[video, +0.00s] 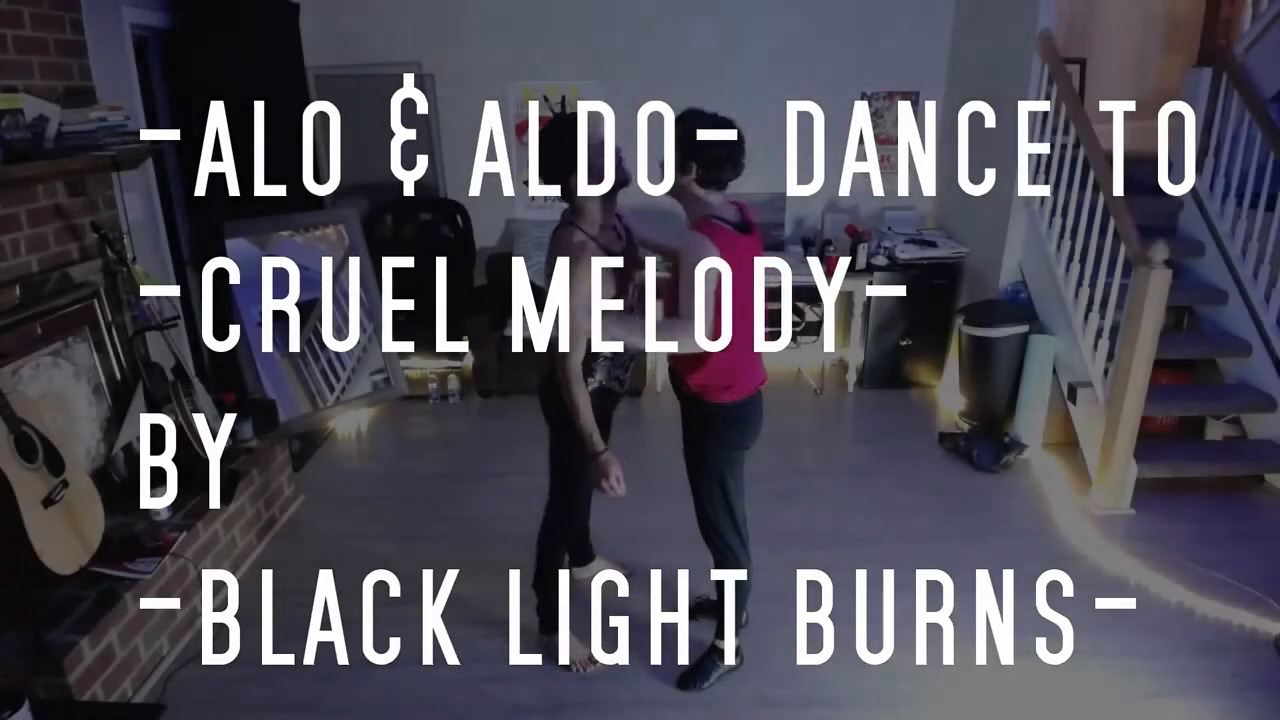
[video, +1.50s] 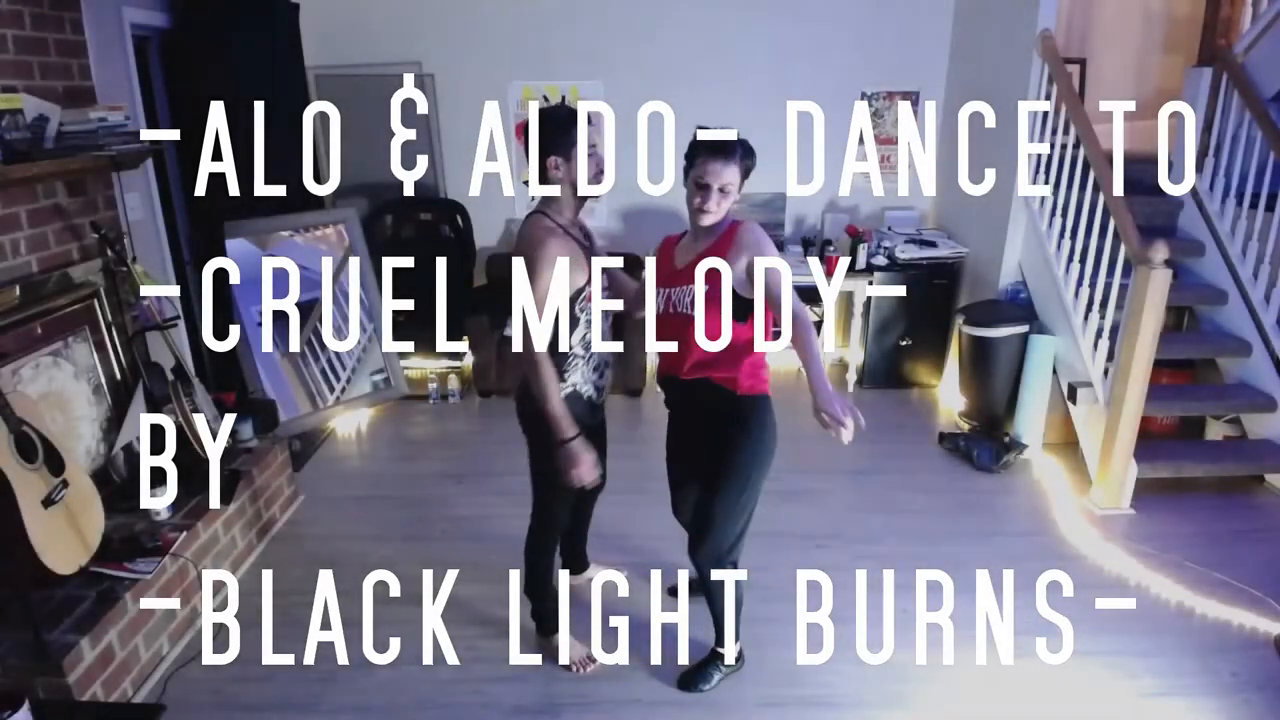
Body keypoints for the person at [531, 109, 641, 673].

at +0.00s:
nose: (623, 163)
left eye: (615, 154)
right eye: (613, 157)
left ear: (579, 174)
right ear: (599, 171)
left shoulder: (610, 220)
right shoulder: (573, 243)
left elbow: (634, 270)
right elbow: (565, 361)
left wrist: (670, 262)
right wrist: (596, 449)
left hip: (602, 378)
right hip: (573, 384)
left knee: (578, 488)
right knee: (566, 502)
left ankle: (584, 572)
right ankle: (553, 628)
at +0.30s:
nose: (619, 165)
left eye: (613, 153)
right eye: (607, 156)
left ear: (574, 173)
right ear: (585, 170)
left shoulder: (597, 227)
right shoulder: (563, 247)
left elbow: (629, 274)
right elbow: (556, 368)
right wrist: (589, 458)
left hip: (595, 392)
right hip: (565, 399)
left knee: (585, 498)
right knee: (565, 515)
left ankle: (585, 580)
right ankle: (553, 637)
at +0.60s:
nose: (612, 170)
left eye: (609, 157)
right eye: (599, 159)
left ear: (574, 172)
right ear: (568, 171)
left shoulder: (593, 228)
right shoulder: (547, 250)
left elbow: (623, 288)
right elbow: (537, 372)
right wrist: (569, 463)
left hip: (585, 397)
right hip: (545, 408)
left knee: (619, 492)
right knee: (552, 522)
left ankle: (574, 584)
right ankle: (551, 639)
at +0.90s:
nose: (605, 161)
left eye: (602, 148)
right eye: (591, 148)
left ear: (572, 161)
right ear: (557, 159)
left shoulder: (585, 231)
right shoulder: (535, 244)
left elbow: (611, 306)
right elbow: (516, 358)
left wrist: (657, 300)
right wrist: (537, 451)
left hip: (588, 400)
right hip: (555, 409)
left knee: (600, 499)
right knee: (564, 525)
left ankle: (554, 601)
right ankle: (553, 637)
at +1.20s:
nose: (599, 161)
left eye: (597, 149)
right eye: (584, 150)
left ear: (571, 163)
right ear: (548, 162)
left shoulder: (567, 229)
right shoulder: (535, 242)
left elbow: (584, 305)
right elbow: (514, 352)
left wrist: (636, 306)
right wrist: (525, 446)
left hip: (580, 393)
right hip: (551, 402)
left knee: (612, 469)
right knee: (556, 527)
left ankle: (565, 557)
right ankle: (553, 636)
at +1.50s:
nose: (603, 162)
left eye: (603, 150)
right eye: (590, 150)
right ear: (556, 165)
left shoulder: (576, 226)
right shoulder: (545, 237)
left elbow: (577, 300)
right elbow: (534, 345)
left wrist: (618, 295)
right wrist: (568, 437)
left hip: (583, 388)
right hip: (553, 395)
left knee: (586, 486)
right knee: (552, 516)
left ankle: (575, 580)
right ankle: (550, 638)